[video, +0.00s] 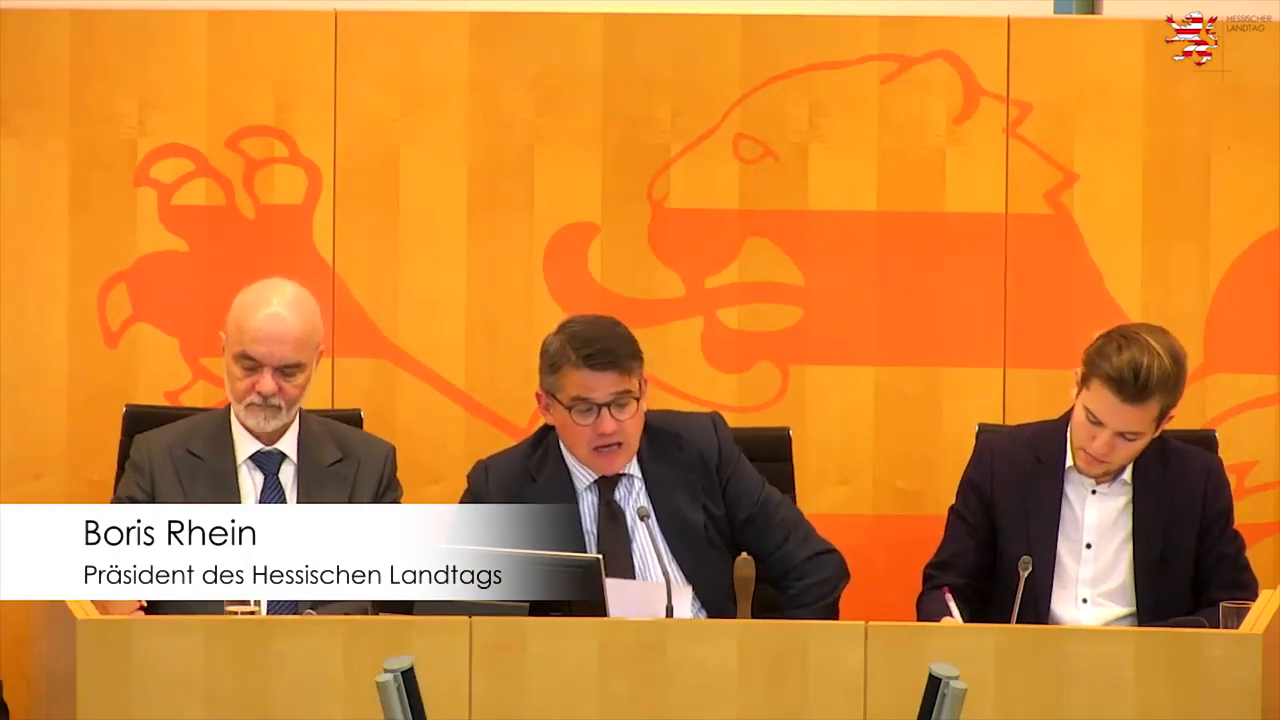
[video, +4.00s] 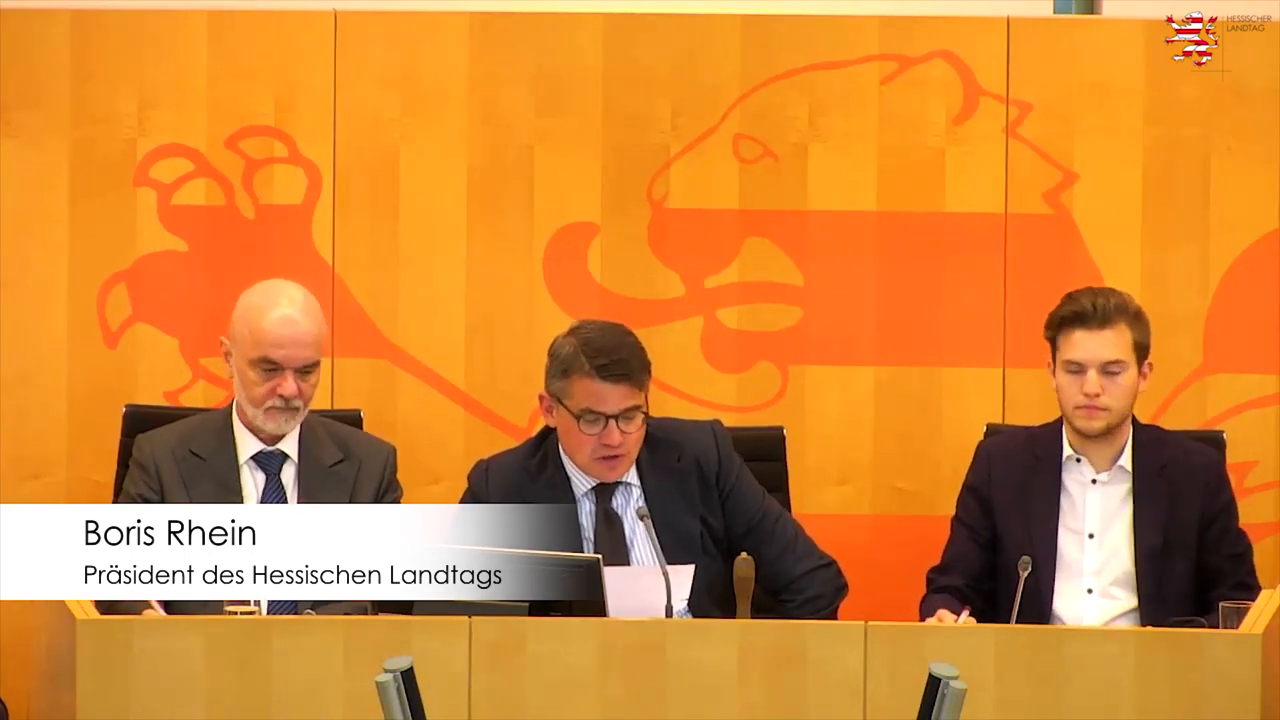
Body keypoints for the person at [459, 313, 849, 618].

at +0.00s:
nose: (607, 426)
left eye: (620, 403)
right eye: (584, 409)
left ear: (642, 389)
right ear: (547, 406)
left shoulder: (703, 448)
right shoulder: (499, 486)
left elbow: (815, 571)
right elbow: (468, 624)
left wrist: (773, 674)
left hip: (710, 668)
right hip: (570, 681)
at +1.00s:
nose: (614, 425)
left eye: (631, 404)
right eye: (593, 405)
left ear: (652, 393)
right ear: (554, 399)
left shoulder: (708, 453)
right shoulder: (502, 486)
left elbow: (815, 582)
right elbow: (466, 621)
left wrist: (755, 675)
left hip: (704, 676)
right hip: (564, 684)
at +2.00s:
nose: (617, 441)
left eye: (630, 417)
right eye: (592, 423)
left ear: (644, 397)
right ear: (548, 416)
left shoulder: (705, 454)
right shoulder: (500, 489)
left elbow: (813, 583)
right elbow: (462, 623)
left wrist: (760, 677)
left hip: (703, 677)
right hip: (563, 686)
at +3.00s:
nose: (609, 429)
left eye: (623, 406)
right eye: (587, 411)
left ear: (641, 391)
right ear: (545, 406)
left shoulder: (704, 452)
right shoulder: (498, 487)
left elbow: (810, 584)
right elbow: (470, 625)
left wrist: (760, 679)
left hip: (705, 672)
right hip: (566, 682)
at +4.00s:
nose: (614, 438)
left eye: (630, 416)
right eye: (592, 420)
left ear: (647, 396)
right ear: (550, 409)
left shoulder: (704, 456)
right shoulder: (498, 488)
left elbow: (812, 583)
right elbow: (462, 622)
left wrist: (758, 677)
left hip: (702, 677)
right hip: (562, 686)